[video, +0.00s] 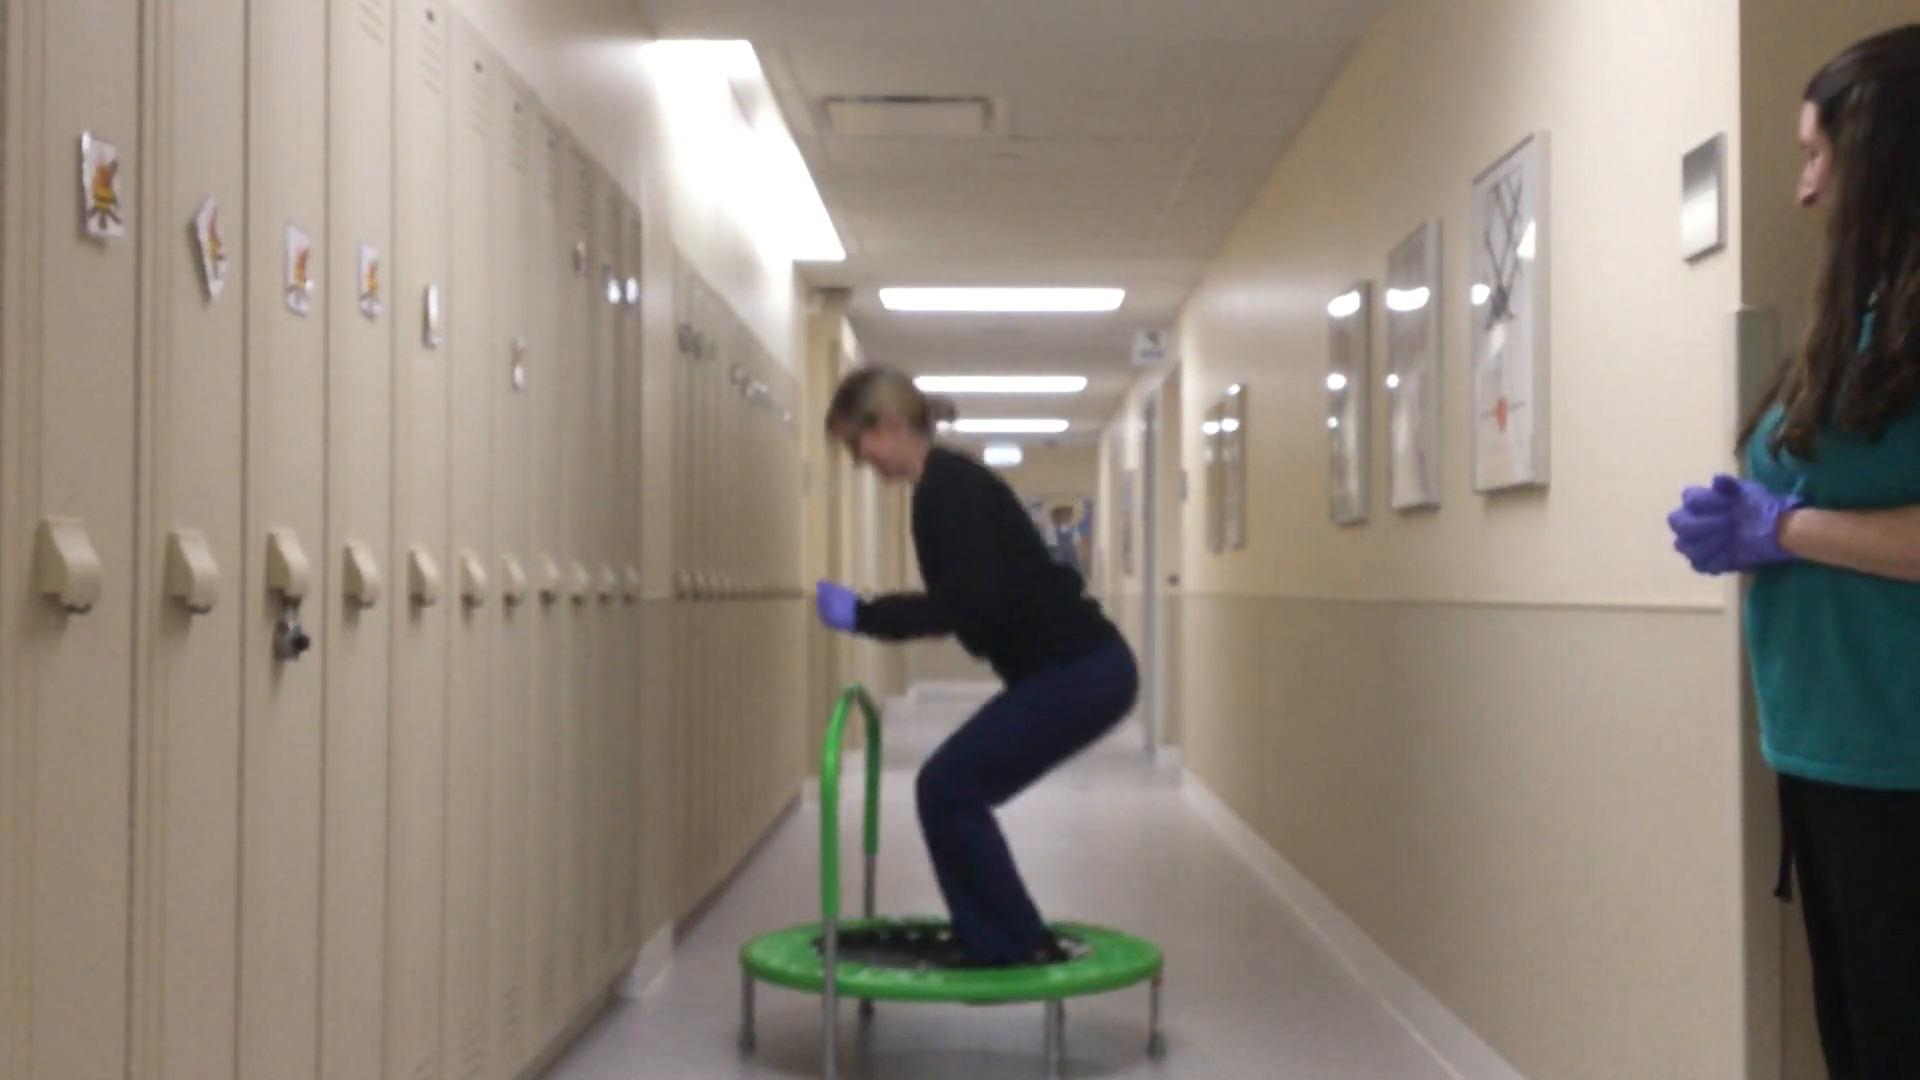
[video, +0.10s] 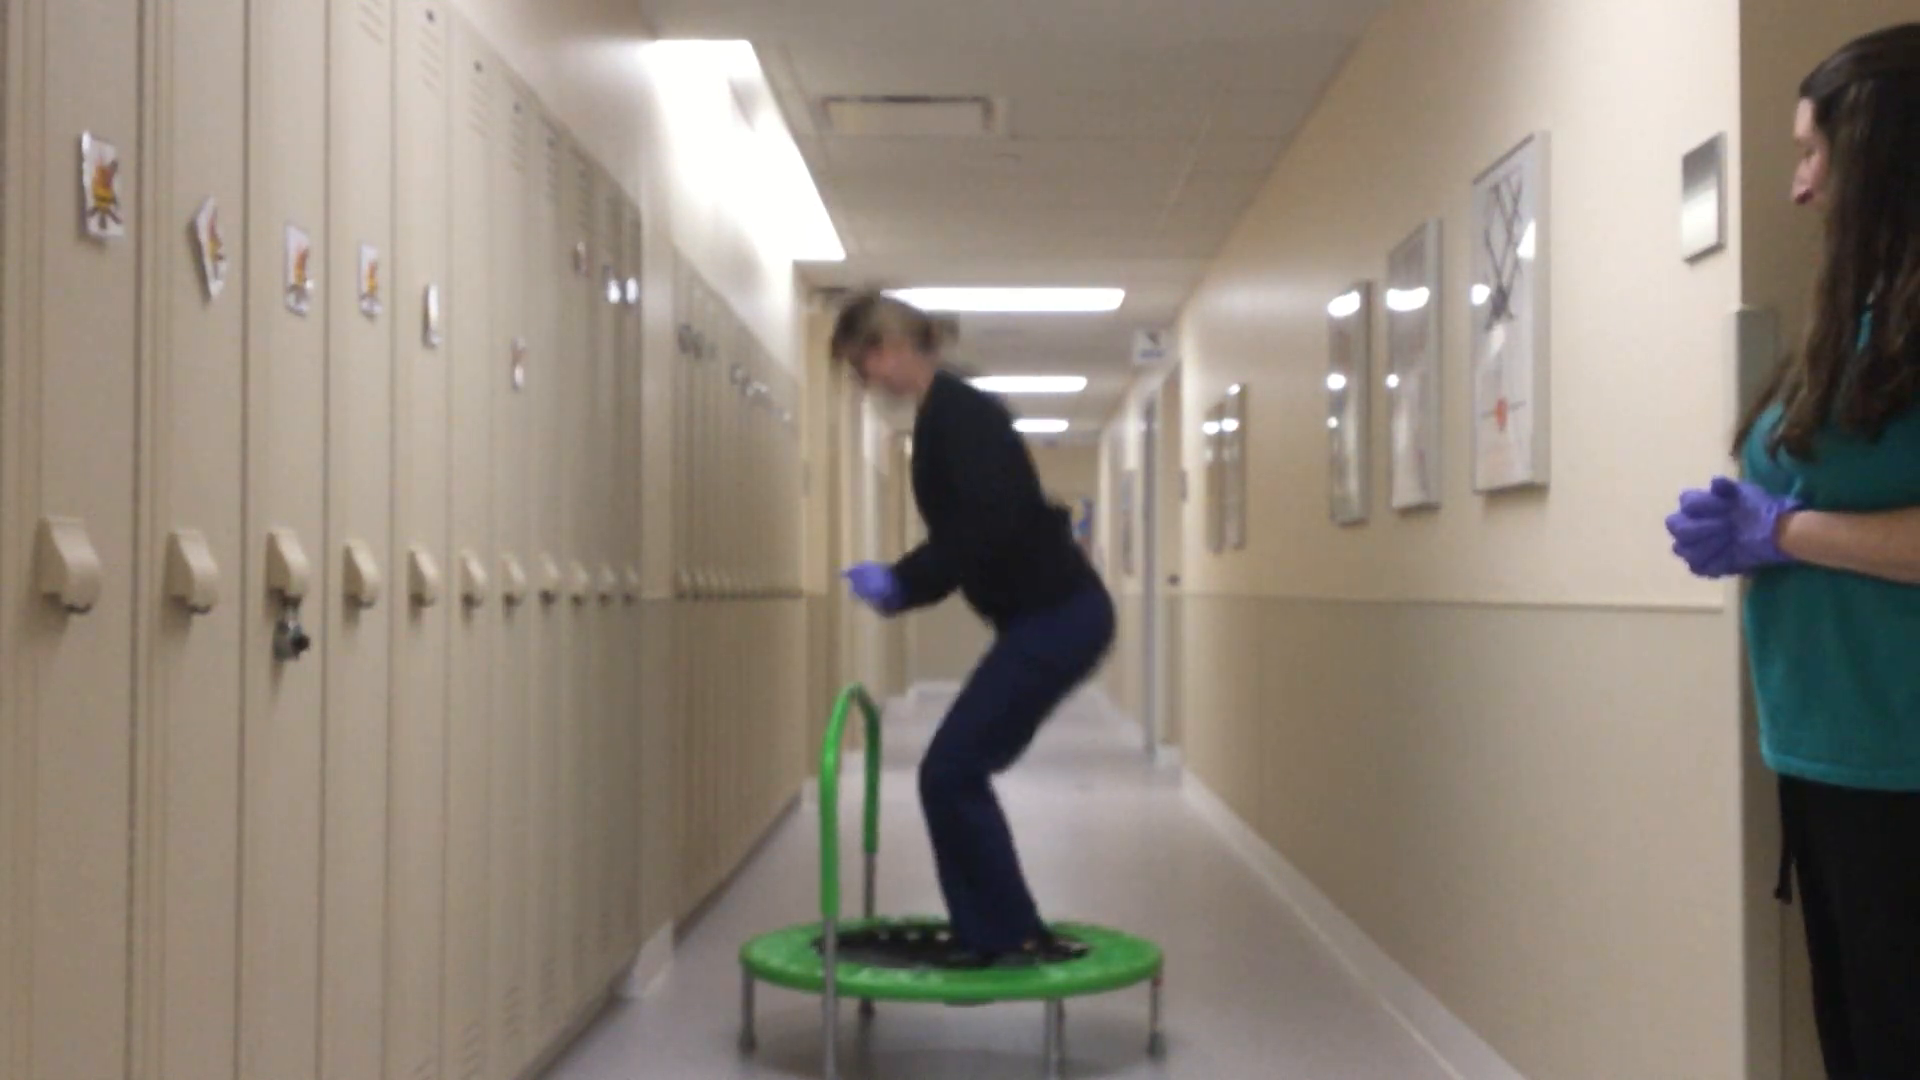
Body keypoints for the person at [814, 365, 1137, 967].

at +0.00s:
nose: (863, 457)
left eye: (863, 440)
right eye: (855, 446)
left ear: (893, 422)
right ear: (894, 426)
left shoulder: (951, 485)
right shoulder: (943, 487)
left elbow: (961, 604)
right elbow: (954, 604)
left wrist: (865, 614)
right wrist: (867, 613)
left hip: (1083, 673)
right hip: (1071, 671)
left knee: (948, 787)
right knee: (945, 785)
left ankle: (1009, 942)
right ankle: (1000, 939)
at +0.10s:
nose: (868, 381)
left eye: (867, 362)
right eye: (859, 369)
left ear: (898, 341)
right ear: (885, 354)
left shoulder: (959, 412)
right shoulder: (942, 417)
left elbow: (982, 527)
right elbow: (964, 531)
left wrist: (907, 583)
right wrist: (904, 579)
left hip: (1059, 617)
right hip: (1046, 616)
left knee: (952, 772)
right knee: (951, 770)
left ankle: (1000, 934)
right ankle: (999, 931)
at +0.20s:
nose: (874, 287)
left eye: (873, 268)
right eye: (866, 276)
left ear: (902, 244)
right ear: (894, 255)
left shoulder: (967, 310)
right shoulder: (954, 314)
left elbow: (1012, 426)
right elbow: (996, 428)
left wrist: (972, 522)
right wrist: (968, 526)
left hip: (1036, 531)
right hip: (1025, 532)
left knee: (991, 721)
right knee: (991, 720)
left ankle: (1005, 919)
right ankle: (1001, 914)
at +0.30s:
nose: (874, 242)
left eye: (870, 224)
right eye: (865, 231)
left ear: (898, 193)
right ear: (894, 202)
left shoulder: (971, 248)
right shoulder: (950, 260)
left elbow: (1011, 361)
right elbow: (979, 373)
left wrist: (1017, 472)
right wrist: (987, 477)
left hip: (1026, 476)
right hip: (1012, 478)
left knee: (1006, 673)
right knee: (1002, 672)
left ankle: (995, 854)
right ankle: (998, 845)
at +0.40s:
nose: (871, 232)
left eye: (867, 216)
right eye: (862, 222)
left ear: (893, 187)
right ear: (893, 191)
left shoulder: (968, 238)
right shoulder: (949, 249)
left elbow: (1012, 351)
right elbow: (985, 360)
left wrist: (1027, 458)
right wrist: (993, 470)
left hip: (1025, 467)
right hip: (1009, 468)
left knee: (1004, 662)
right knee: (1002, 661)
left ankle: (991, 842)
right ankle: (1004, 831)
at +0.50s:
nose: (868, 265)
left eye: (865, 247)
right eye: (860, 254)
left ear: (894, 222)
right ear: (893, 226)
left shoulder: (966, 275)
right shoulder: (955, 282)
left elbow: (1013, 387)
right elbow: (996, 390)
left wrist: (1004, 495)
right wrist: (988, 496)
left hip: (1032, 497)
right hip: (1023, 498)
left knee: (997, 684)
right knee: (997, 683)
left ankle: (993, 872)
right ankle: (1003, 861)